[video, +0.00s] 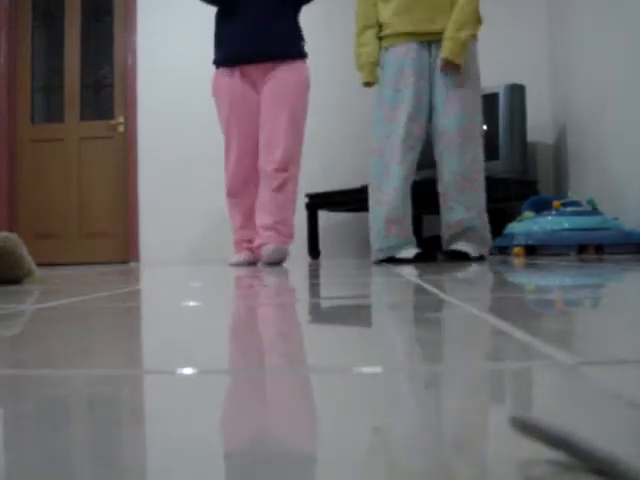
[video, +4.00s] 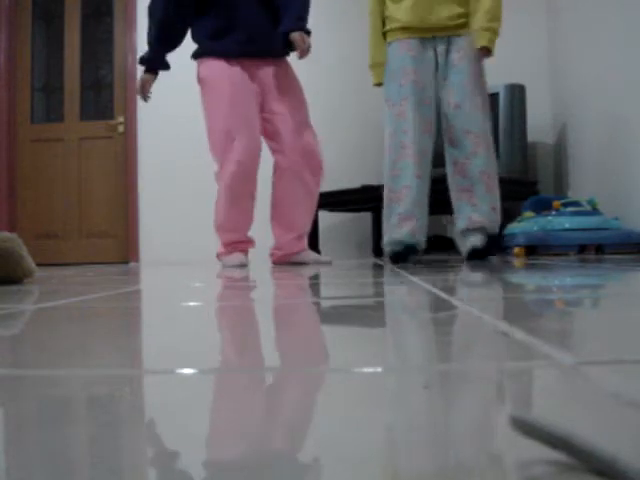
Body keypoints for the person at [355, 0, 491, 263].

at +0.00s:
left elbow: (470, 4)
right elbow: (367, 4)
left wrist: (457, 39)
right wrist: (367, 50)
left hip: (453, 37)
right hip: (399, 39)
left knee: (458, 141)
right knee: (395, 144)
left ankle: (466, 240)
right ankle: (392, 244)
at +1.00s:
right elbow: (370, 3)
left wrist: (486, 28)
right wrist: (369, 48)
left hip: (455, 27)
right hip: (399, 28)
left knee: (449, 134)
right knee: (393, 133)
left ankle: (445, 240)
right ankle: (384, 238)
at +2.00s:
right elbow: (361, 4)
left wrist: (474, 25)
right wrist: (361, 50)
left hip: (447, 24)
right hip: (391, 29)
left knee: (455, 136)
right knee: (387, 138)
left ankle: (463, 238)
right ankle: (386, 236)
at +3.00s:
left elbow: (487, 1)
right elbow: (376, 4)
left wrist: (484, 38)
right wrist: (377, 54)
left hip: (456, 31)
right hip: (403, 32)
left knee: (452, 136)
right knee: (402, 139)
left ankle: (462, 239)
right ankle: (402, 243)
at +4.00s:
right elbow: (376, 5)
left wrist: (485, 26)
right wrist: (378, 55)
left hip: (461, 25)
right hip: (404, 30)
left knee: (468, 132)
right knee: (406, 135)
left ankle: (475, 232)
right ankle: (403, 236)